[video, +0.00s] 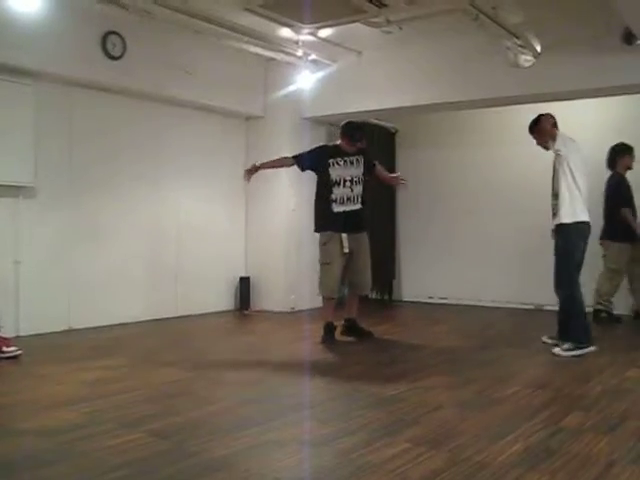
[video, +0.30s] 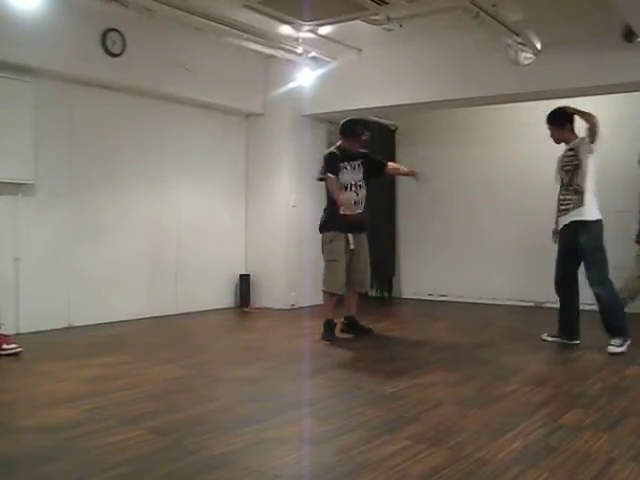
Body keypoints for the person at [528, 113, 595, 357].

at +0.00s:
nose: (538, 143)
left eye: (538, 137)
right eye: (535, 139)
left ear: (550, 126)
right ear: (550, 128)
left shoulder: (568, 149)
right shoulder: (561, 153)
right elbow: (563, 191)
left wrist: (550, 124)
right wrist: (558, 222)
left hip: (573, 223)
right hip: (566, 223)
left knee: (568, 284)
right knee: (564, 284)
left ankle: (580, 339)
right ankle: (565, 333)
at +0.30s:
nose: (550, 135)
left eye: (552, 130)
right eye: (549, 130)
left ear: (564, 127)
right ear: (562, 129)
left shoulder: (584, 147)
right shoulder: (564, 156)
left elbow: (593, 123)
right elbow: (563, 193)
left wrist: (574, 111)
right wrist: (558, 224)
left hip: (588, 222)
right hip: (568, 224)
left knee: (598, 280)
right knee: (564, 282)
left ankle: (620, 334)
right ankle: (568, 333)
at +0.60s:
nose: (582, 135)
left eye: (586, 131)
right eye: (582, 130)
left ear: (599, 132)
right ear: (583, 131)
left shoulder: (616, 153)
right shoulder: (576, 158)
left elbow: (639, 133)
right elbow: (568, 192)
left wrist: (614, 117)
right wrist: (557, 223)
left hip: (613, 229)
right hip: (584, 231)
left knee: (621, 287)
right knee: (574, 285)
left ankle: (625, 339)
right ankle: (568, 332)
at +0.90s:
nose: (604, 130)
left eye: (609, 127)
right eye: (605, 125)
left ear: (622, 129)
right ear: (607, 125)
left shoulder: (635, 153)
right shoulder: (593, 153)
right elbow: (584, 186)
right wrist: (574, 216)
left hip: (628, 230)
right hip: (596, 228)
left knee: (627, 288)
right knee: (585, 281)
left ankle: (625, 340)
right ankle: (581, 335)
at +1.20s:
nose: (606, 130)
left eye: (611, 127)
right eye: (606, 125)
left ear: (624, 130)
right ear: (610, 124)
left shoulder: (637, 152)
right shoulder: (595, 153)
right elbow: (587, 188)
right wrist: (576, 222)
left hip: (630, 232)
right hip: (598, 230)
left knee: (630, 291)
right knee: (594, 289)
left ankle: (629, 340)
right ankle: (594, 343)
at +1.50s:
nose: (588, 124)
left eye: (592, 120)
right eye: (589, 119)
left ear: (607, 122)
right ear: (603, 122)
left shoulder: (627, 148)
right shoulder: (584, 152)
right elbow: (578, 191)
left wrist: (628, 108)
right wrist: (569, 227)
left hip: (614, 232)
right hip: (583, 231)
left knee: (619, 289)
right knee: (585, 292)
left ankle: (629, 340)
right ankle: (592, 345)